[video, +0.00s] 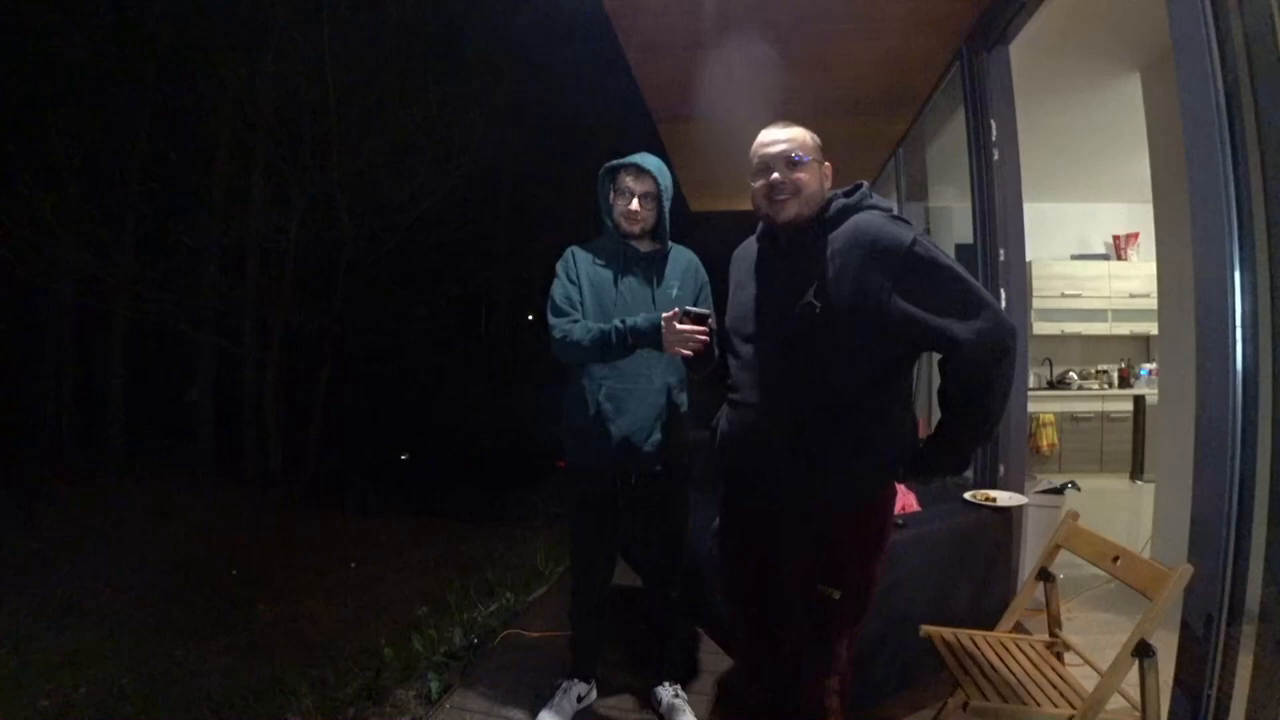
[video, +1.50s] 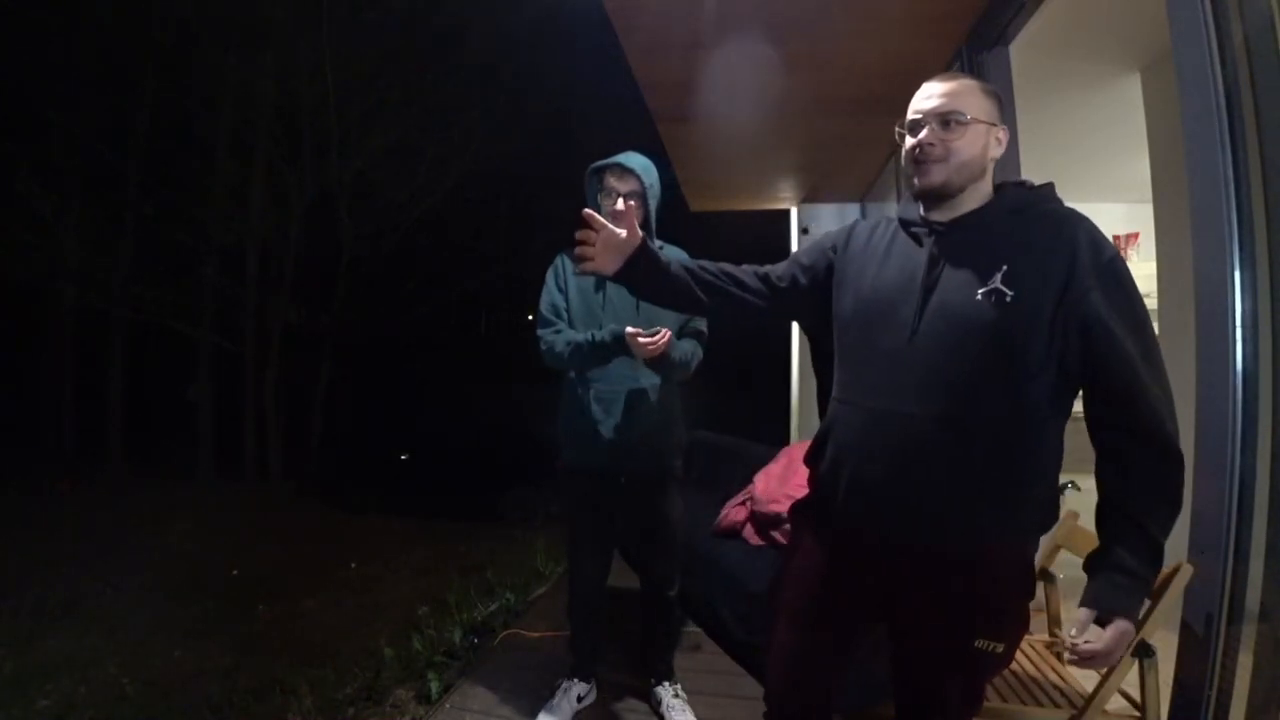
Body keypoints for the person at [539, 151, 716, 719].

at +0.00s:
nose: (634, 206)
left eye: (646, 197)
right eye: (624, 196)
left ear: (662, 204)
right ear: (609, 202)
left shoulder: (686, 266)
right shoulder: (578, 263)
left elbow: (706, 353)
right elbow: (564, 339)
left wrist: (699, 346)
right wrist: (651, 330)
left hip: (666, 438)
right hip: (595, 437)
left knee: (666, 561)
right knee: (589, 561)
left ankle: (668, 681)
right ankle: (580, 679)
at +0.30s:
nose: (632, 206)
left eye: (643, 197)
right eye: (622, 196)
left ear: (660, 203)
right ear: (607, 202)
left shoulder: (685, 266)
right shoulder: (577, 264)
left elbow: (706, 350)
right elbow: (563, 342)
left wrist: (697, 344)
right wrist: (645, 335)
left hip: (666, 443)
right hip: (595, 442)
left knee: (666, 565)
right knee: (591, 565)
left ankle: (668, 680)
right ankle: (580, 679)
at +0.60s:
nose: (633, 206)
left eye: (645, 197)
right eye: (623, 196)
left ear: (661, 204)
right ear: (608, 202)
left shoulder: (685, 267)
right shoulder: (577, 265)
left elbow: (708, 347)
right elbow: (558, 341)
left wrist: (692, 347)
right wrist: (635, 338)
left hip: (663, 443)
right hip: (594, 442)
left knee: (665, 565)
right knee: (590, 564)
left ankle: (668, 682)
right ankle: (580, 680)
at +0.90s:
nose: (632, 206)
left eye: (643, 197)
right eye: (622, 196)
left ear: (660, 203)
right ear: (607, 202)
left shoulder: (685, 268)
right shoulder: (577, 266)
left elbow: (708, 344)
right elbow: (557, 342)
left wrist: (684, 349)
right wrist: (634, 339)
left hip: (664, 444)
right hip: (593, 442)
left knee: (662, 563)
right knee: (590, 563)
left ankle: (663, 679)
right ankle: (581, 678)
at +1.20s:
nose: (625, 206)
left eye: (637, 197)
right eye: (616, 196)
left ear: (655, 202)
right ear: (602, 200)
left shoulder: (678, 264)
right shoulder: (574, 264)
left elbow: (699, 354)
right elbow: (552, 345)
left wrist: (676, 347)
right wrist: (612, 346)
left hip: (659, 441)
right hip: (592, 440)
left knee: (662, 564)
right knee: (589, 562)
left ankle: (664, 680)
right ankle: (581, 678)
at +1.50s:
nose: (621, 207)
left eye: (632, 198)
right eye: (611, 197)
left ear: (649, 205)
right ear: (595, 201)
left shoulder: (672, 264)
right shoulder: (568, 265)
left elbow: (694, 352)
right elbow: (550, 345)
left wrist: (667, 350)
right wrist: (612, 339)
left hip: (654, 442)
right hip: (588, 440)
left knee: (661, 562)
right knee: (586, 561)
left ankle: (662, 679)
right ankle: (581, 678)